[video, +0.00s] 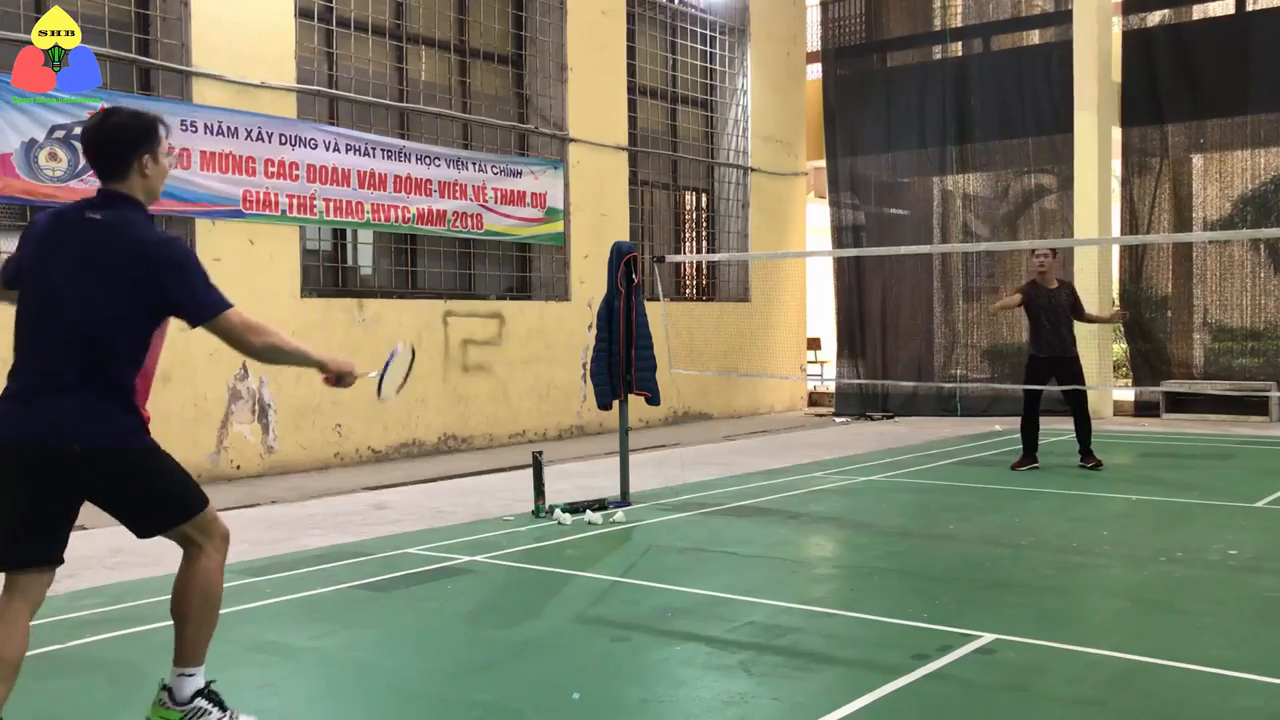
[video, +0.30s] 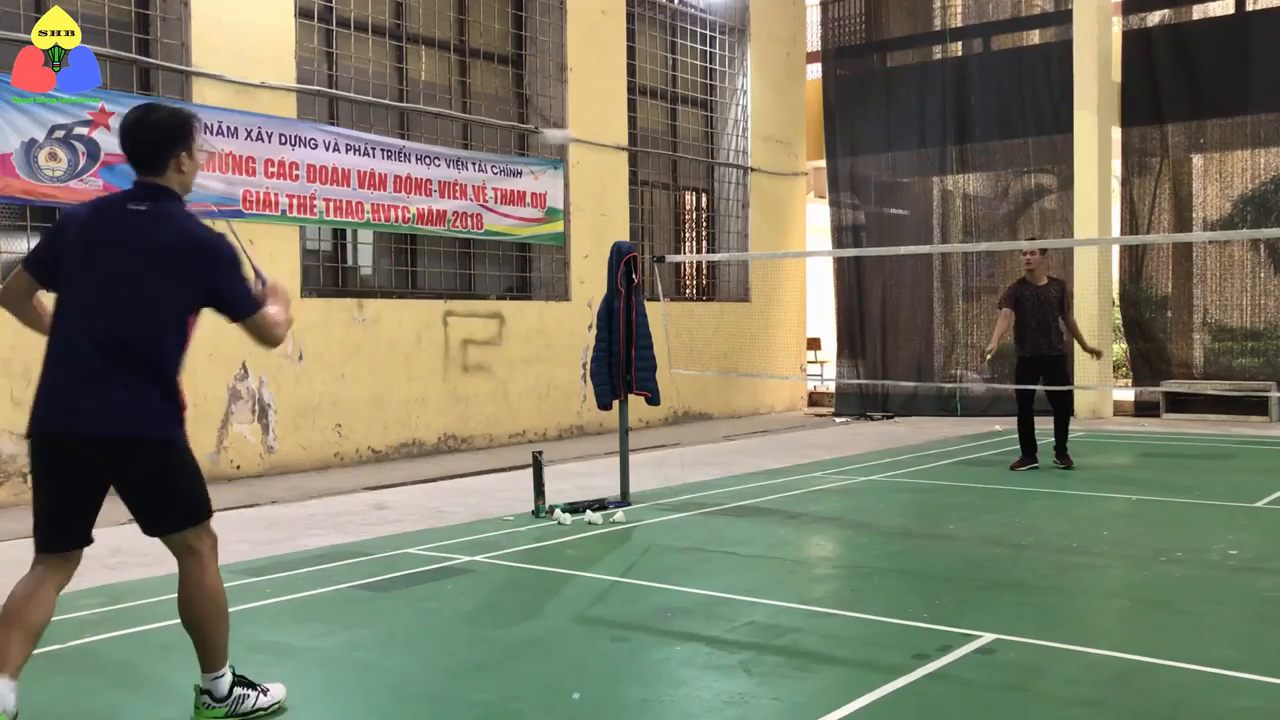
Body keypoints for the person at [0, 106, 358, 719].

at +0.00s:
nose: (168, 164)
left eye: (165, 152)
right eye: (164, 154)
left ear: (100, 164)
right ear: (145, 162)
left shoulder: (44, 228)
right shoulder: (157, 249)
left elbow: (13, 290)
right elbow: (246, 335)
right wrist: (323, 361)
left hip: (23, 436)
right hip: (106, 437)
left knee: (19, 593)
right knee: (208, 538)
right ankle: (185, 690)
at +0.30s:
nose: (202, 158)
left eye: (200, 147)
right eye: (198, 148)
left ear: (133, 159)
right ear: (181, 158)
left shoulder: (79, 222)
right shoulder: (198, 243)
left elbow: (14, 293)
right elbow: (270, 332)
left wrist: (70, 329)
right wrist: (277, 301)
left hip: (60, 422)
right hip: (142, 428)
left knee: (52, 560)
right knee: (195, 548)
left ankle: (2, 693)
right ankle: (218, 684)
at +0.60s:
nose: (229, 147)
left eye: (226, 137)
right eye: (227, 139)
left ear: (159, 146)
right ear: (218, 150)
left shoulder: (110, 201)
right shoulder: (244, 231)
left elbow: (13, 239)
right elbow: (331, 287)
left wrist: (48, 257)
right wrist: (395, 319)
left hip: (85, 402)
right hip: (171, 413)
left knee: (56, 523)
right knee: (214, 533)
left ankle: (17, 660)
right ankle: (223, 680)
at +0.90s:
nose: (190, 182)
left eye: (187, 171)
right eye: (185, 172)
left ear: (126, 182)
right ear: (167, 180)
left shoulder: (79, 236)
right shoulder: (175, 261)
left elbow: (38, 295)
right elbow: (247, 343)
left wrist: (105, 312)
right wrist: (322, 365)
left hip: (48, 430)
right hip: (119, 432)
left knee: (63, 554)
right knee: (220, 529)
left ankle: (9, 689)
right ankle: (227, 676)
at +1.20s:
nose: (216, 168)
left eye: (212, 157)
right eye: (212, 159)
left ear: (150, 169)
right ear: (197, 168)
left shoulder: (100, 221)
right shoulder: (206, 245)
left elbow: (37, 300)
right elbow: (269, 332)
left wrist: (82, 348)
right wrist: (286, 339)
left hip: (61, 410)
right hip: (136, 416)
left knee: (51, 547)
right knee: (197, 545)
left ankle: (9, 685)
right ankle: (201, 699)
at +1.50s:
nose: (216, 159)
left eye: (213, 148)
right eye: (214, 150)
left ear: (148, 154)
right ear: (204, 157)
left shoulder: (89, 209)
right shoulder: (222, 230)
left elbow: (7, 250)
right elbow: (327, 261)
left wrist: (48, 266)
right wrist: (421, 277)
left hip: (54, 408)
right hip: (139, 419)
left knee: (11, 545)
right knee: (190, 545)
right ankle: (201, 699)